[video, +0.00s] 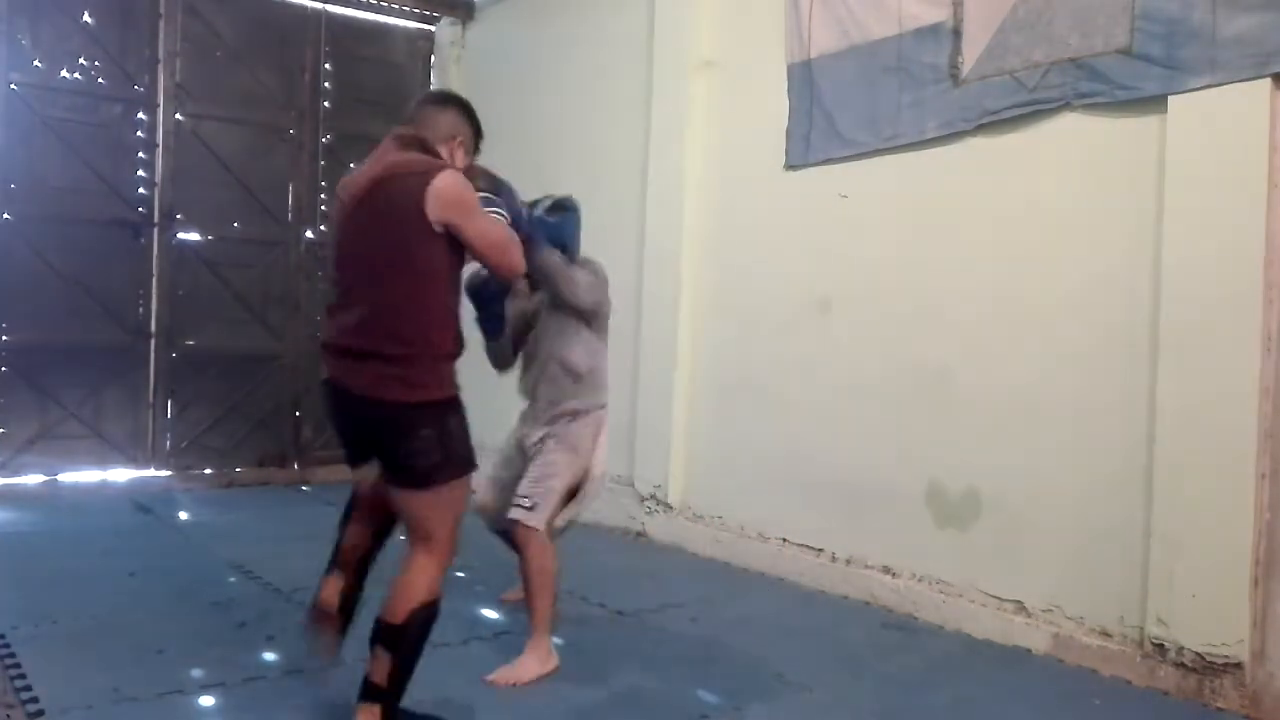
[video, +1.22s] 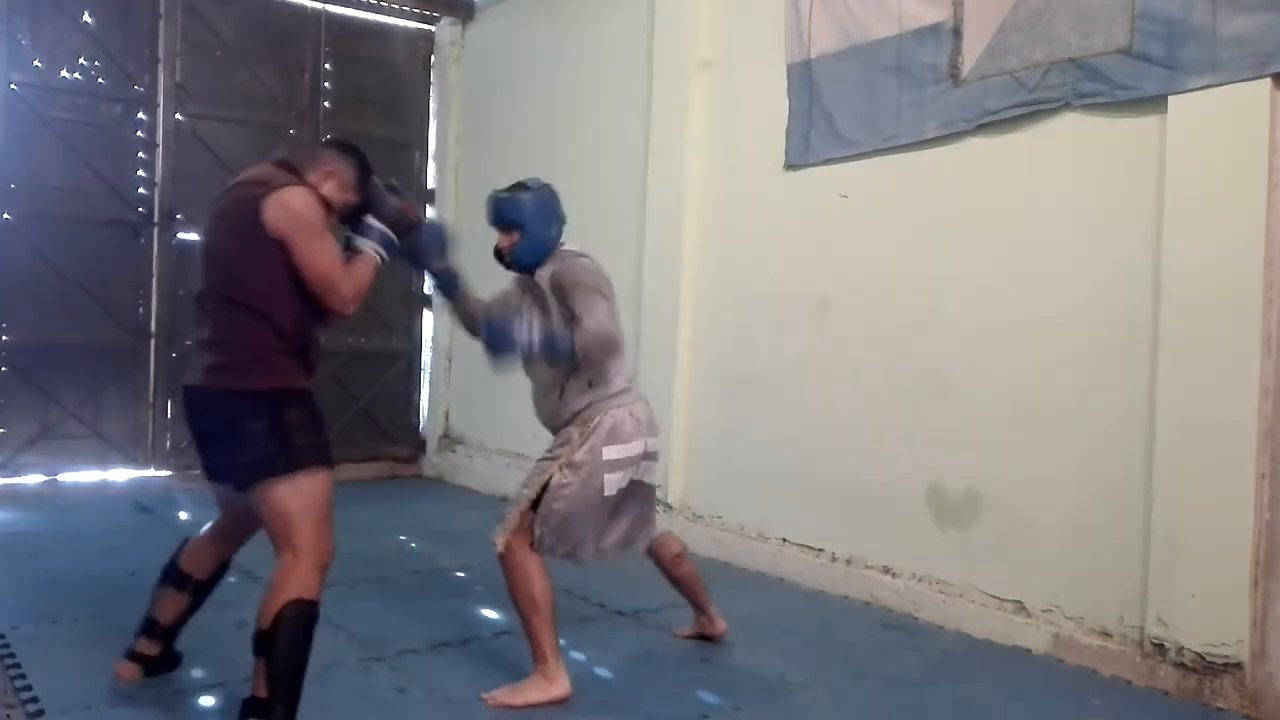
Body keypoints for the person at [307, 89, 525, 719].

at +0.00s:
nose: (466, 165)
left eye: (469, 157)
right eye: (468, 156)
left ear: (407, 131)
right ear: (451, 143)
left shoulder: (354, 182)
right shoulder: (441, 185)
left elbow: (394, 253)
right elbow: (510, 262)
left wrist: (460, 211)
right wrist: (492, 217)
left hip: (349, 387)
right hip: (417, 397)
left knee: (381, 481)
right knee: (431, 546)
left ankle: (335, 596)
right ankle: (377, 703)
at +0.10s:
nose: (459, 160)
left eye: (464, 153)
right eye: (464, 150)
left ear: (405, 120)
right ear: (447, 137)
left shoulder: (347, 169)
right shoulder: (432, 174)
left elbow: (398, 257)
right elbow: (508, 256)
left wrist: (466, 246)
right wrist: (513, 218)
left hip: (344, 371)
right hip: (397, 384)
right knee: (409, 544)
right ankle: (373, 701)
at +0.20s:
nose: (462, 162)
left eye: (466, 153)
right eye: (465, 150)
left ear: (407, 121)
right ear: (448, 136)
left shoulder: (346, 169)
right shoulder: (426, 176)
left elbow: (392, 263)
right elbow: (502, 259)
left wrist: (466, 264)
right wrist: (512, 204)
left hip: (341, 369)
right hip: (388, 383)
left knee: (457, 331)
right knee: (405, 545)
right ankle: (371, 702)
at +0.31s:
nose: (453, 168)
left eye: (459, 159)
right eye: (457, 155)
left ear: (395, 124)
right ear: (442, 142)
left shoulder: (321, 173)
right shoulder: (420, 190)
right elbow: (478, 274)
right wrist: (493, 205)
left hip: (323, 376)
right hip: (378, 388)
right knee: (394, 545)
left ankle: (455, 368)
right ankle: (368, 701)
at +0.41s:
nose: (439, 166)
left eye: (445, 156)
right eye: (442, 153)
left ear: (381, 124)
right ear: (425, 140)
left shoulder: (312, 170)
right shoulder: (416, 200)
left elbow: (364, 254)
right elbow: (452, 276)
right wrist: (471, 218)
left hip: (309, 374)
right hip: (372, 385)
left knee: (384, 525)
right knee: (385, 545)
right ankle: (368, 702)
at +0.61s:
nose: (416, 198)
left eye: (422, 193)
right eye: (420, 191)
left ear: (375, 148)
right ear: (407, 169)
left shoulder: (291, 175)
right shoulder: (389, 206)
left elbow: (289, 258)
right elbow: (402, 303)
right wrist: (420, 249)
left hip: (273, 387)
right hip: (341, 395)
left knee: (306, 515)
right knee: (378, 544)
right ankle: (365, 704)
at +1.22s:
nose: (338, 214)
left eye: (343, 207)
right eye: (343, 203)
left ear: (315, 164)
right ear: (331, 178)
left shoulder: (243, 193)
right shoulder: (292, 201)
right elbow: (344, 295)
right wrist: (377, 239)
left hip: (215, 394)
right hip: (269, 399)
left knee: (236, 520)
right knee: (306, 553)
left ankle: (147, 651)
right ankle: (270, 705)